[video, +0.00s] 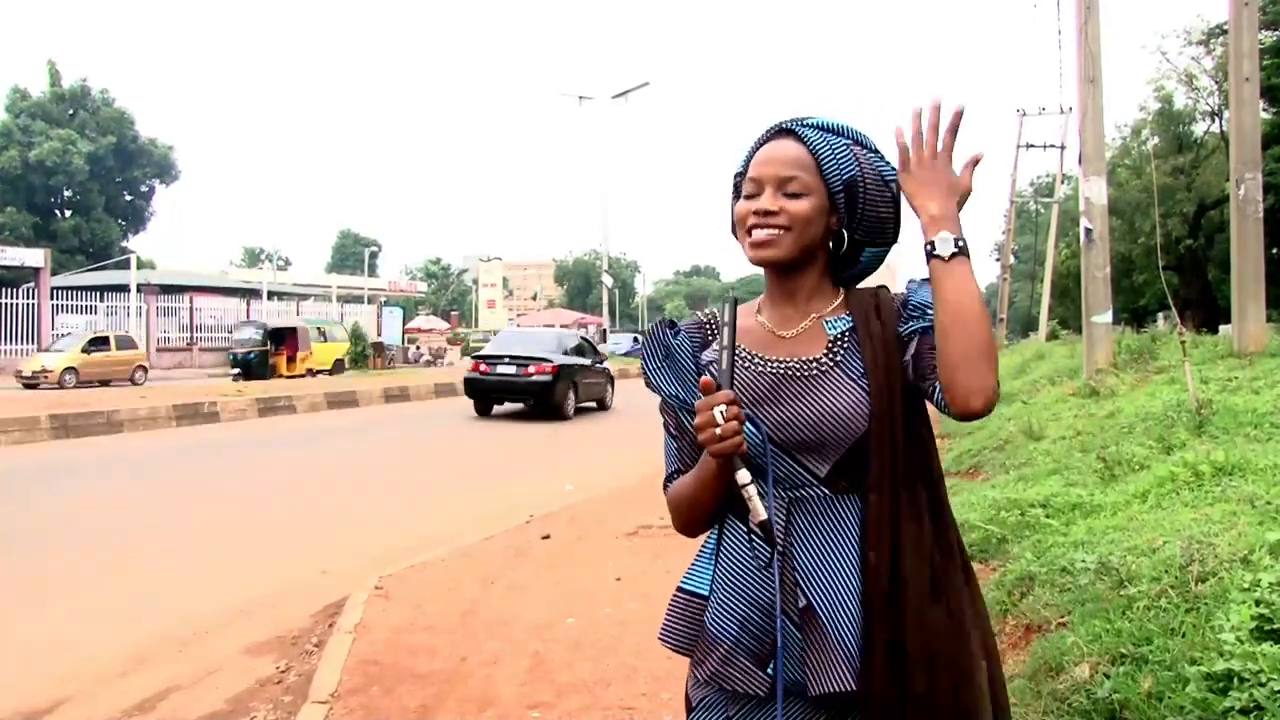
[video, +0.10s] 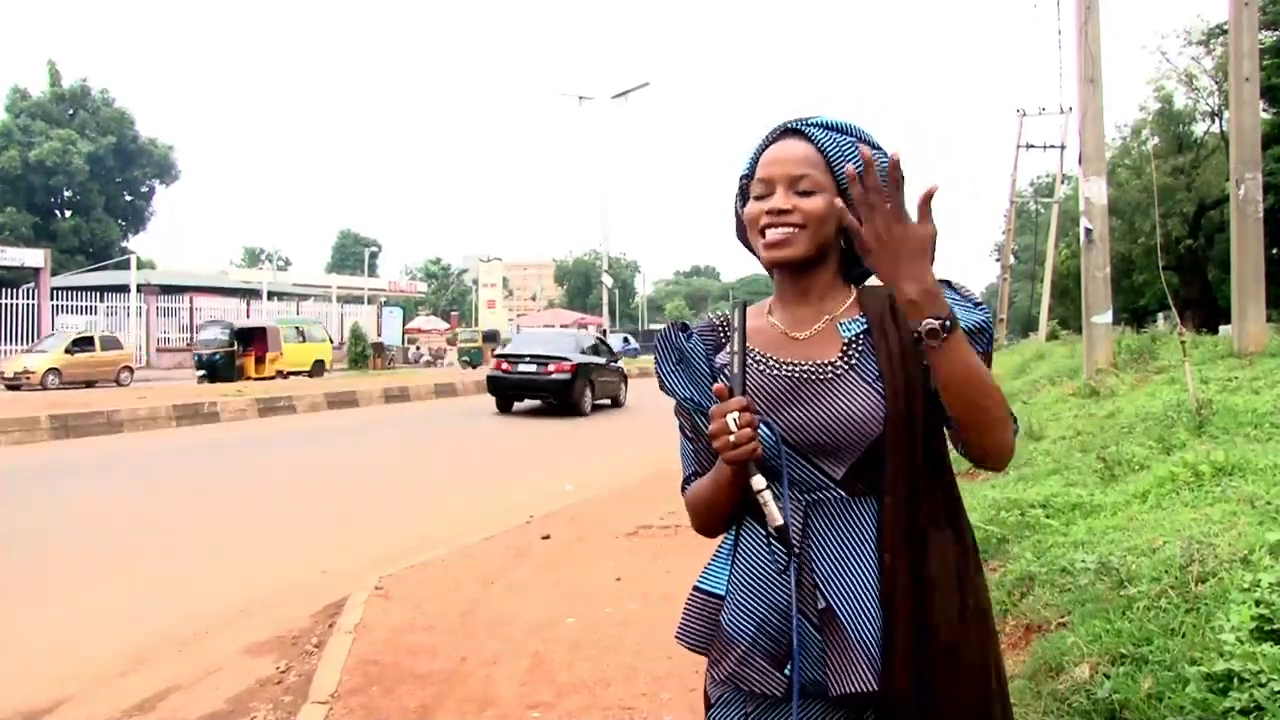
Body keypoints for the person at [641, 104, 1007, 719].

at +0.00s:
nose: (762, 206)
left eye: (791, 191)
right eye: (751, 191)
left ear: (838, 214)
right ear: (736, 209)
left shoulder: (891, 317)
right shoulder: (701, 344)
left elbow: (972, 394)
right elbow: (686, 518)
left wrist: (940, 222)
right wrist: (714, 459)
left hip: (875, 630)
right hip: (745, 633)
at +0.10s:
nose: (778, 206)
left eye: (805, 189)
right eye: (762, 192)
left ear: (849, 213)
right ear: (744, 216)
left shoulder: (911, 310)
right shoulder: (714, 346)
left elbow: (995, 450)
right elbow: (704, 519)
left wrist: (920, 295)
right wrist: (729, 465)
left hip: (894, 626)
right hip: (762, 628)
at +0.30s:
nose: (806, 206)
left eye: (829, 187)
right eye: (786, 194)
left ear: (869, 208)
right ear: (767, 221)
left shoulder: (941, 326)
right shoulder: (737, 350)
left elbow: (978, 491)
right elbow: (733, 516)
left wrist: (889, 463)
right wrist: (752, 479)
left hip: (911, 623)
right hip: (789, 633)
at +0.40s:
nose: (826, 207)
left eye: (846, 188)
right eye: (803, 196)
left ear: (881, 206)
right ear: (781, 223)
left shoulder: (950, 319)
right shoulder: (750, 346)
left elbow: (988, 475)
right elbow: (742, 513)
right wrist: (761, 480)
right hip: (808, 612)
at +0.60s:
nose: (828, 203)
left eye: (849, 183)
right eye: (805, 193)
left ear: (887, 199)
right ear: (785, 220)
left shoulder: (955, 314)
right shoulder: (758, 342)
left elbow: (998, 480)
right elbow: (757, 510)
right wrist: (774, 474)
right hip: (813, 611)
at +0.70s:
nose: (825, 211)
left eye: (845, 190)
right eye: (803, 201)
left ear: (885, 208)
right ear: (785, 229)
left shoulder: (963, 324)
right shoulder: (758, 352)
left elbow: (1001, 466)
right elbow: (760, 519)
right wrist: (774, 480)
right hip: (820, 613)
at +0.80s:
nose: (824, 216)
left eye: (847, 195)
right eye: (805, 205)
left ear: (890, 213)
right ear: (787, 230)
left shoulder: (964, 329)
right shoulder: (762, 354)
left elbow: (1005, 482)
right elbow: (760, 522)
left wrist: (968, 464)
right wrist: (775, 484)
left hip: (946, 629)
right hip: (819, 634)